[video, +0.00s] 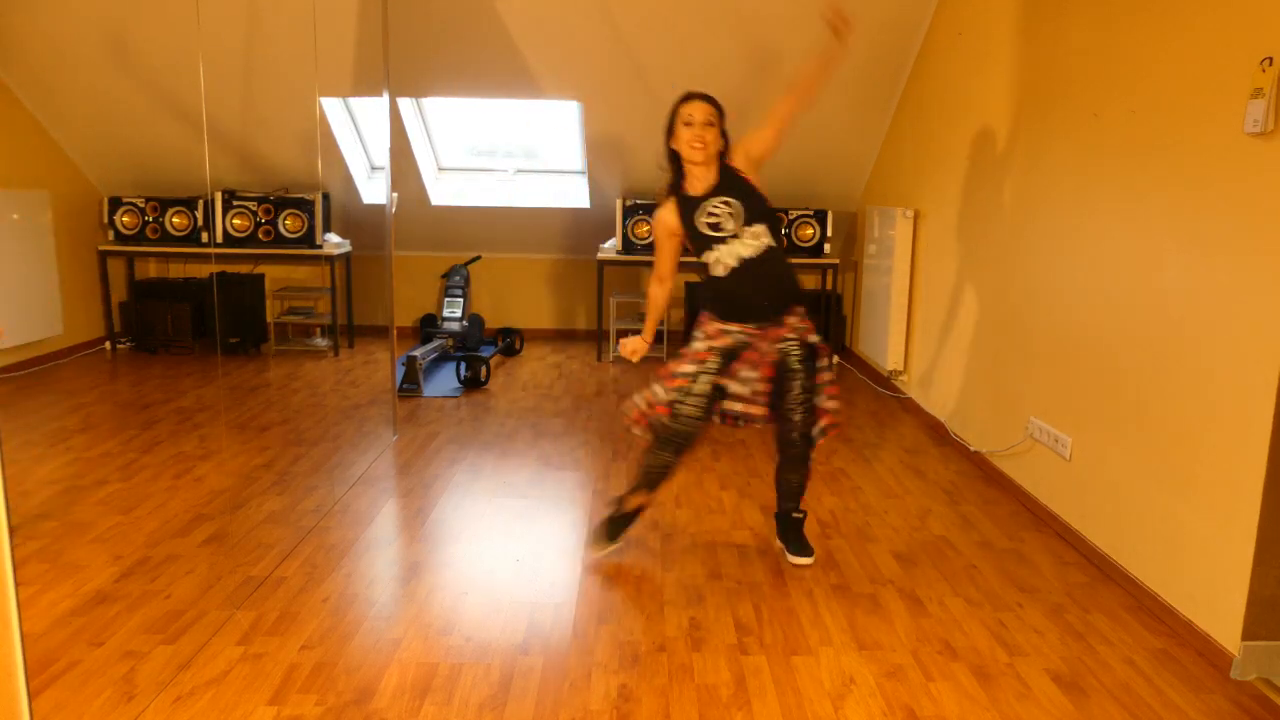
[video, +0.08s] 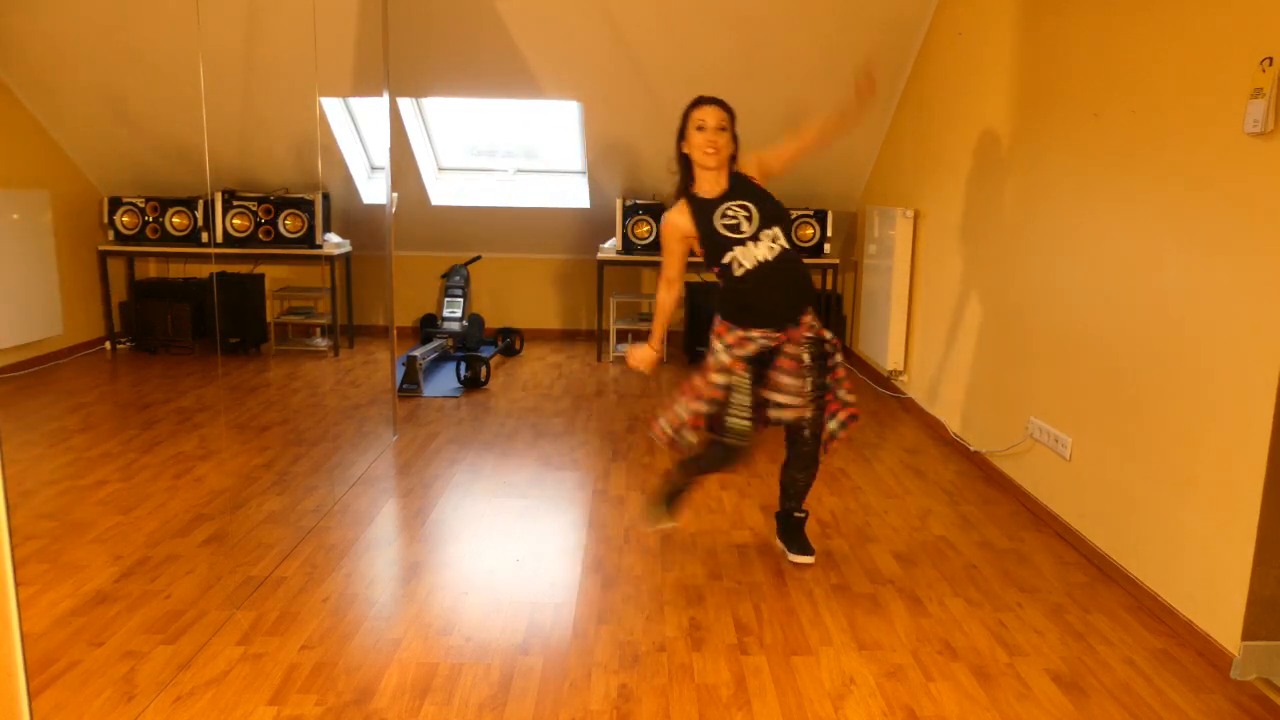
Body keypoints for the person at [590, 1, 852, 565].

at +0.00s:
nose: (699, 132)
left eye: (708, 124)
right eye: (689, 124)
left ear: (722, 135)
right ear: (672, 138)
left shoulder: (743, 166)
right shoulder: (672, 214)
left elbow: (794, 101)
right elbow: (661, 280)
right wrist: (646, 334)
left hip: (786, 319)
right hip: (724, 326)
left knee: (798, 429)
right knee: (681, 423)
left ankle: (791, 517)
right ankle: (633, 504)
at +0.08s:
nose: (712, 137)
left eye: (722, 129)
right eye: (701, 128)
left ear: (734, 142)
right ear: (683, 142)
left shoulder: (753, 176)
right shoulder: (681, 219)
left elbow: (808, 140)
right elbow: (670, 284)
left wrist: (857, 104)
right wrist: (655, 344)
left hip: (798, 326)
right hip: (741, 333)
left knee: (806, 438)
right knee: (730, 445)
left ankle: (791, 518)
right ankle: (681, 477)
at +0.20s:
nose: (728, 141)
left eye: (737, 132)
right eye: (716, 132)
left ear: (748, 142)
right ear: (699, 144)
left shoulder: (761, 189)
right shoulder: (701, 213)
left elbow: (806, 200)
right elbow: (699, 290)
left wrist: (845, 206)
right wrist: (699, 365)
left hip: (802, 330)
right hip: (754, 342)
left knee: (813, 441)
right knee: (796, 448)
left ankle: (793, 519)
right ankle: (766, 508)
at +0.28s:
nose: (736, 134)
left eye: (744, 125)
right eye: (723, 126)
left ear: (756, 136)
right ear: (707, 140)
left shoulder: (762, 193)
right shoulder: (714, 198)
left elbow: (792, 248)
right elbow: (740, 275)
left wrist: (832, 257)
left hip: (800, 322)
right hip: (754, 327)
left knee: (811, 432)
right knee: (773, 429)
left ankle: (794, 516)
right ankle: (758, 505)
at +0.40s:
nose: (743, 107)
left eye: (751, 97)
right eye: (730, 100)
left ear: (764, 107)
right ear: (716, 116)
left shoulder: (776, 166)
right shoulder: (718, 166)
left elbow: (827, 173)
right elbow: (741, 173)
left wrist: (855, 162)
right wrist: (761, 175)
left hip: (787, 303)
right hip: (736, 303)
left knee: (794, 400)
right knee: (732, 404)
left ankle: (787, 515)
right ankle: (711, 494)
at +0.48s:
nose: (744, 92)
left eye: (753, 84)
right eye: (730, 86)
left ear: (767, 92)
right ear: (713, 99)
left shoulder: (768, 148)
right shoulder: (719, 142)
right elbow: (766, 107)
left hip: (779, 298)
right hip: (728, 296)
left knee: (784, 410)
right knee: (698, 410)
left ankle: (786, 515)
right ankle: (656, 505)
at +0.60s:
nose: (740, 100)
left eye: (747, 91)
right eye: (728, 92)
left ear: (758, 103)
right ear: (707, 103)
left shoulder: (758, 160)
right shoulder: (709, 151)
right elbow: (715, 69)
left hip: (764, 309)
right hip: (714, 304)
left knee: (769, 420)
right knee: (669, 410)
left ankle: (780, 519)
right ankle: (608, 505)